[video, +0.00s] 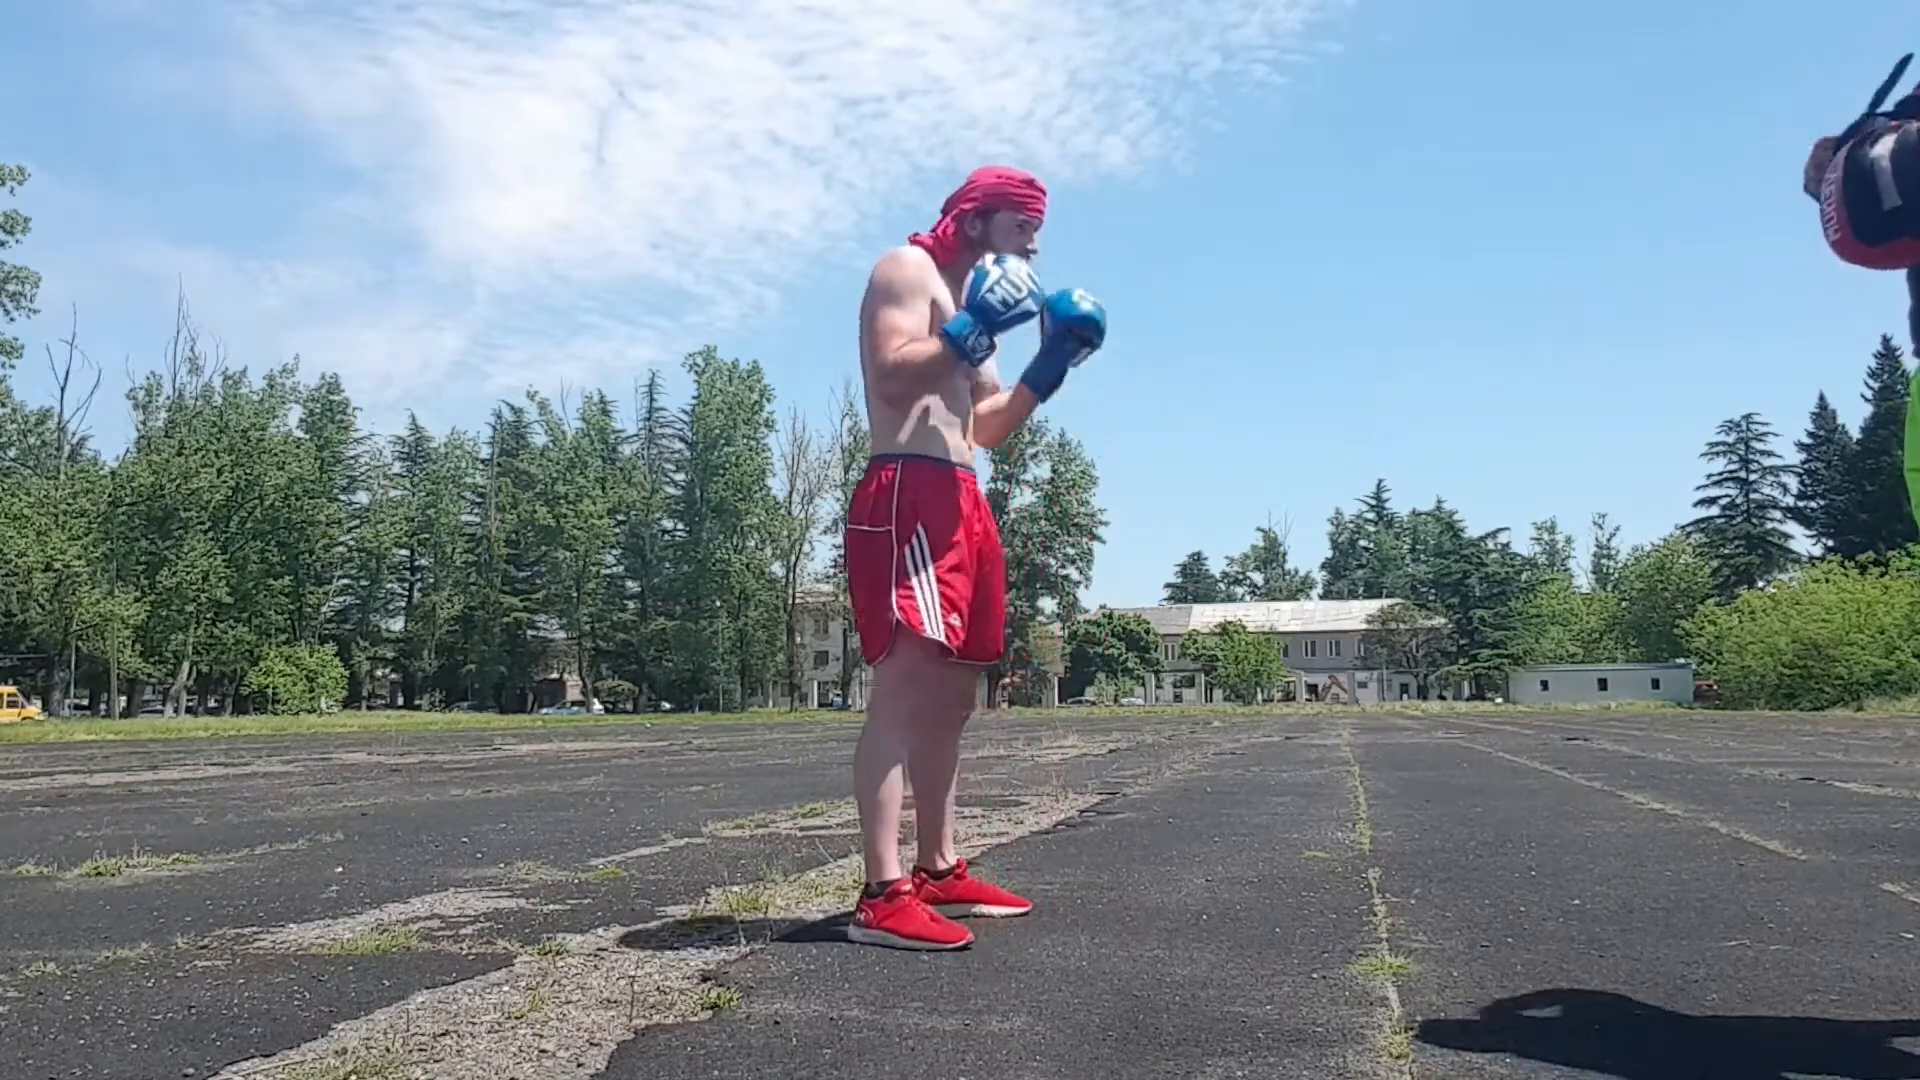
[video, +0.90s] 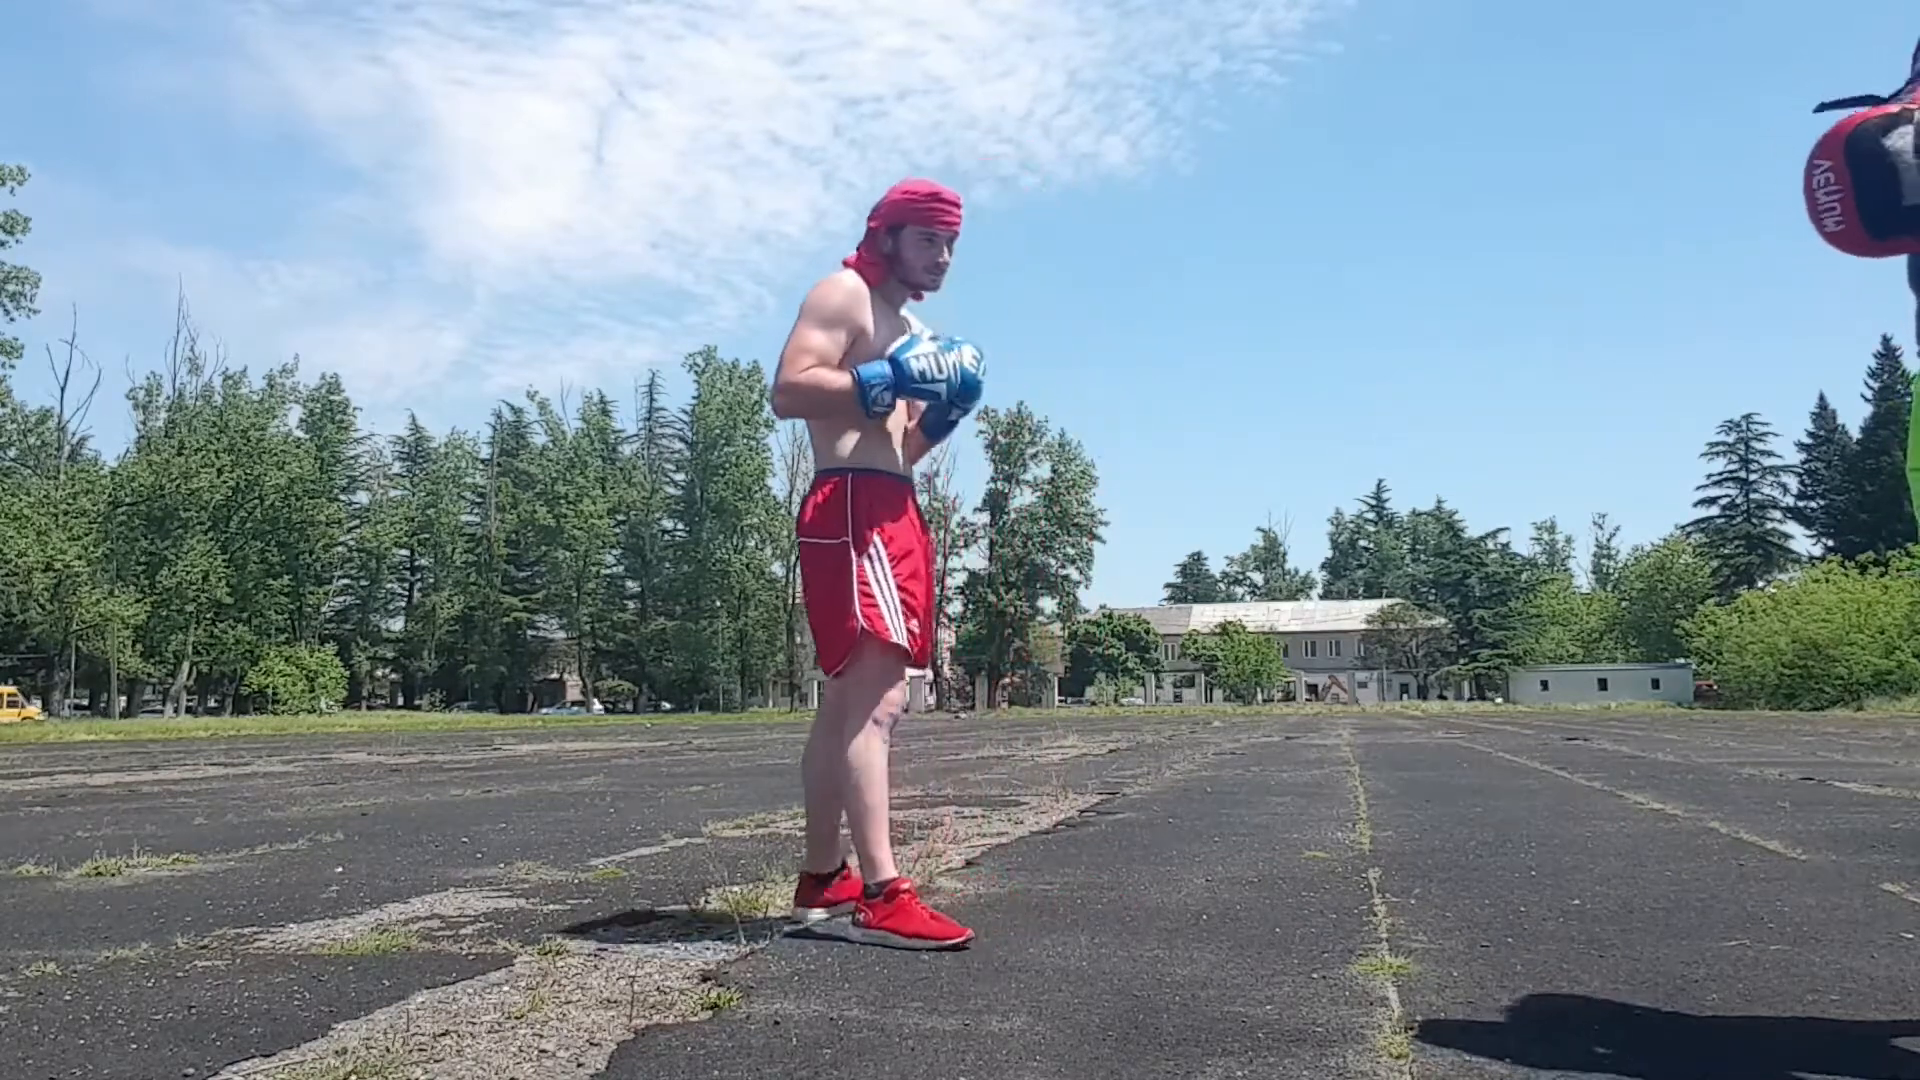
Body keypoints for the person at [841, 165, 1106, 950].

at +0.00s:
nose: (1031, 247)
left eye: (1036, 235)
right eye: (1023, 229)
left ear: (1010, 235)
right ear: (975, 219)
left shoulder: (979, 307)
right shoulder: (908, 267)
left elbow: (986, 428)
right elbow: (891, 370)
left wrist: (1049, 368)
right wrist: (970, 333)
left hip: (966, 502)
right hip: (908, 494)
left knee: (950, 695)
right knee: (901, 689)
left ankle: (937, 871)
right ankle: (884, 890)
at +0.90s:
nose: (940, 259)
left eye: (949, 246)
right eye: (928, 242)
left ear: (945, 252)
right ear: (884, 235)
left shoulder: (906, 326)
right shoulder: (844, 291)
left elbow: (894, 452)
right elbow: (788, 391)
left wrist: (942, 418)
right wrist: (883, 382)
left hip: (889, 508)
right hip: (854, 505)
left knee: (851, 700)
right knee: (877, 698)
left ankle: (823, 877)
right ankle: (882, 890)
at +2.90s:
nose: (927, 266)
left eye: (933, 254)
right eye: (915, 249)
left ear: (923, 263)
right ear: (868, 246)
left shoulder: (885, 337)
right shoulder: (821, 325)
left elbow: (909, 450)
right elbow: (856, 441)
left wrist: (949, 377)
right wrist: (904, 374)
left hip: (863, 520)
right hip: (813, 518)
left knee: (896, 688)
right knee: (842, 698)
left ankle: (812, 835)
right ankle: (839, 886)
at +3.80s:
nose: (960, 294)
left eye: (962, 283)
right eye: (947, 281)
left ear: (945, 292)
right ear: (905, 284)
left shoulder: (933, 368)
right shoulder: (863, 340)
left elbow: (950, 463)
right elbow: (878, 429)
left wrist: (980, 389)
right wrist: (969, 419)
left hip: (895, 536)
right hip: (851, 532)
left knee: (912, 697)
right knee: (937, 667)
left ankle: (850, 859)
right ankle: (878, 841)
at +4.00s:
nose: (990, 276)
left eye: (992, 265)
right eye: (979, 261)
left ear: (964, 270)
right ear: (937, 258)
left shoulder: (926, 351)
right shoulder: (909, 296)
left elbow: (931, 456)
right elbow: (900, 341)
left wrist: (984, 386)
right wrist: (976, 311)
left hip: (867, 519)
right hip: (872, 511)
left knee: (884, 697)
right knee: (934, 667)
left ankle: (859, 852)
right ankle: (865, 845)